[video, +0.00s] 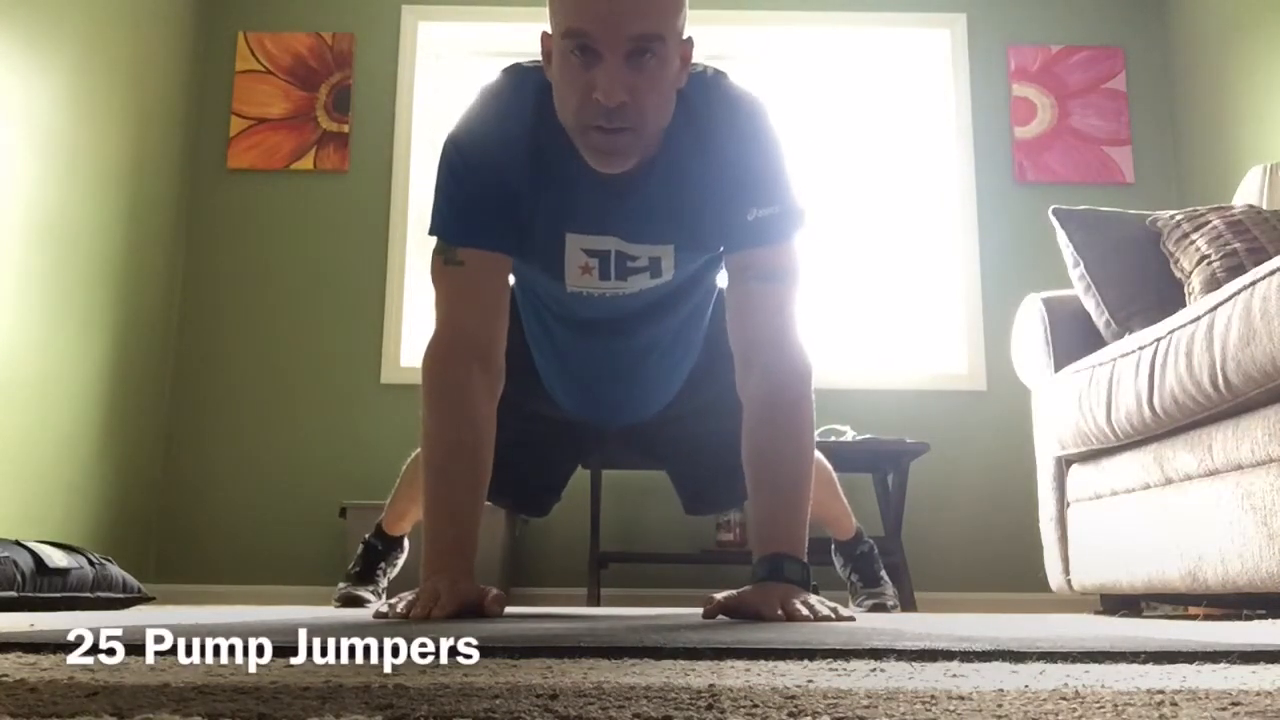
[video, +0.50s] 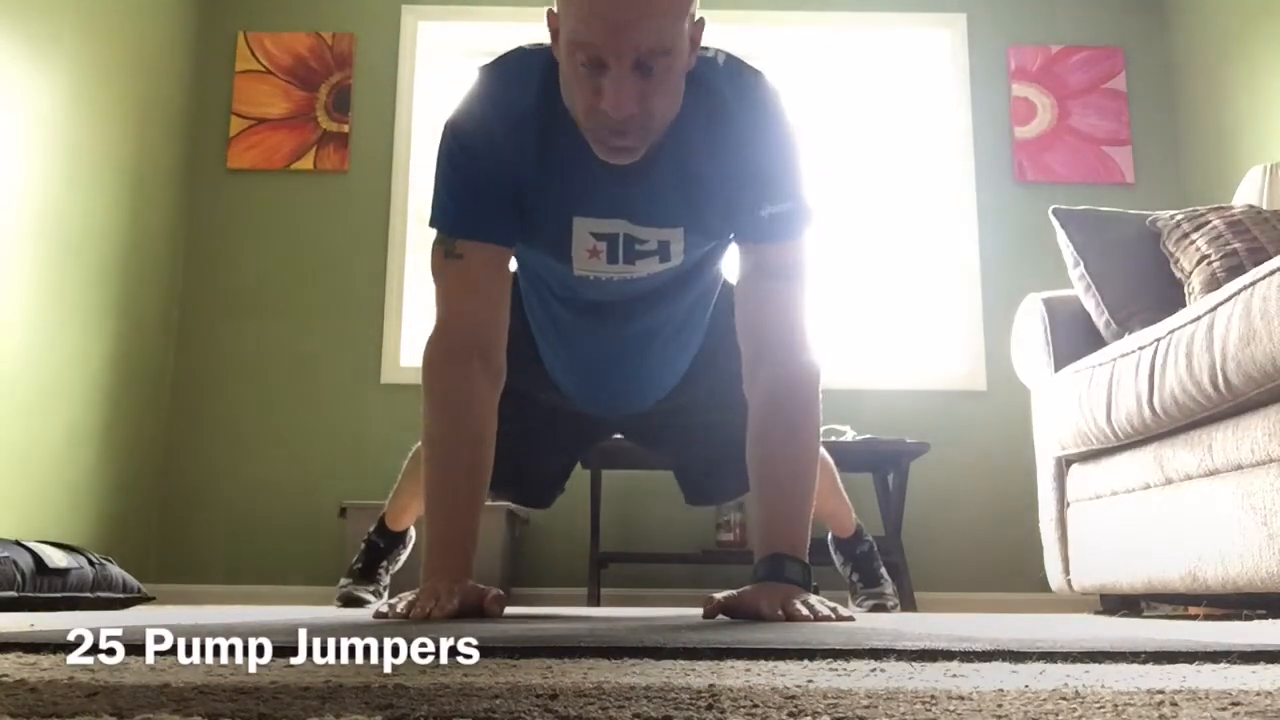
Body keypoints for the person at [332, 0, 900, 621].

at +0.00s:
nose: (609, 90)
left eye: (642, 55)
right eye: (583, 53)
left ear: (684, 60)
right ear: (547, 53)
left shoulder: (733, 129)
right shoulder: (495, 132)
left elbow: (773, 361)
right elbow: (462, 358)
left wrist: (782, 575)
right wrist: (447, 579)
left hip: (689, 358)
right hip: (537, 356)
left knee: (787, 463)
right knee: (448, 456)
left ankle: (858, 554)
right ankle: (381, 546)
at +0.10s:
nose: (613, 91)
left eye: (646, 57)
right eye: (585, 55)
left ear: (686, 60)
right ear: (549, 53)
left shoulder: (734, 128)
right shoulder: (495, 131)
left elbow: (774, 358)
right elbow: (462, 357)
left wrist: (782, 575)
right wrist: (446, 579)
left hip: (688, 347)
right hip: (538, 346)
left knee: (784, 459)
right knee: (452, 453)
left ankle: (857, 553)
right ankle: (381, 548)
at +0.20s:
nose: (615, 91)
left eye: (647, 55)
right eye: (586, 53)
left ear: (688, 56)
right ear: (550, 51)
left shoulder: (736, 125)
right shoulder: (497, 125)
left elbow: (775, 356)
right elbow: (463, 356)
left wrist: (782, 576)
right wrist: (445, 578)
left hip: (687, 345)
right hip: (537, 344)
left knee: (785, 458)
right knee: (450, 453)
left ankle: (857, 554)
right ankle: (380, 550)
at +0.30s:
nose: (617, 89)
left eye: (650, 53)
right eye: (588, 50)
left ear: (691, 54)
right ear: (552, 45)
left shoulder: (737, 120)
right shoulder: (499, 118)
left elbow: (777, 359)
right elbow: (463, 355)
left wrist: (782, 576)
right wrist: (445, 580)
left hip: (687, 344)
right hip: (537, 343)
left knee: (785, 457)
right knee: (450, 456)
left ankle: (856, 550)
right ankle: (381, 544)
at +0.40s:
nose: (618, 87)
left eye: (651, 51)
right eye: (590, 47)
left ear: (692, 49)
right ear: (552, 39)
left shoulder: (741, 116)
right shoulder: (501, 111)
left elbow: (778, 358)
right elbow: (463, 349)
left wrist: (782, 575)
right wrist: (445, 581)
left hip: (688, 338)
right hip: (540, 336)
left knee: (788, 458)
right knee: (450, 454)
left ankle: (855, 548)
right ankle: (383, 542)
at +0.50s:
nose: (618, 101)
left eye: (651, 65)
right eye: (591, 63)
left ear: (694, 42)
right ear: (554, 36)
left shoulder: (743, 110)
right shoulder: (499, 110)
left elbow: (780, 359)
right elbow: (462, 351)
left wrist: (782, 575)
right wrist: (444, 581)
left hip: (690, 336)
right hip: (541, 335)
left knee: (789, 455)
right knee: (450, 450)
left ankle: (856, 550)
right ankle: (384, 543)